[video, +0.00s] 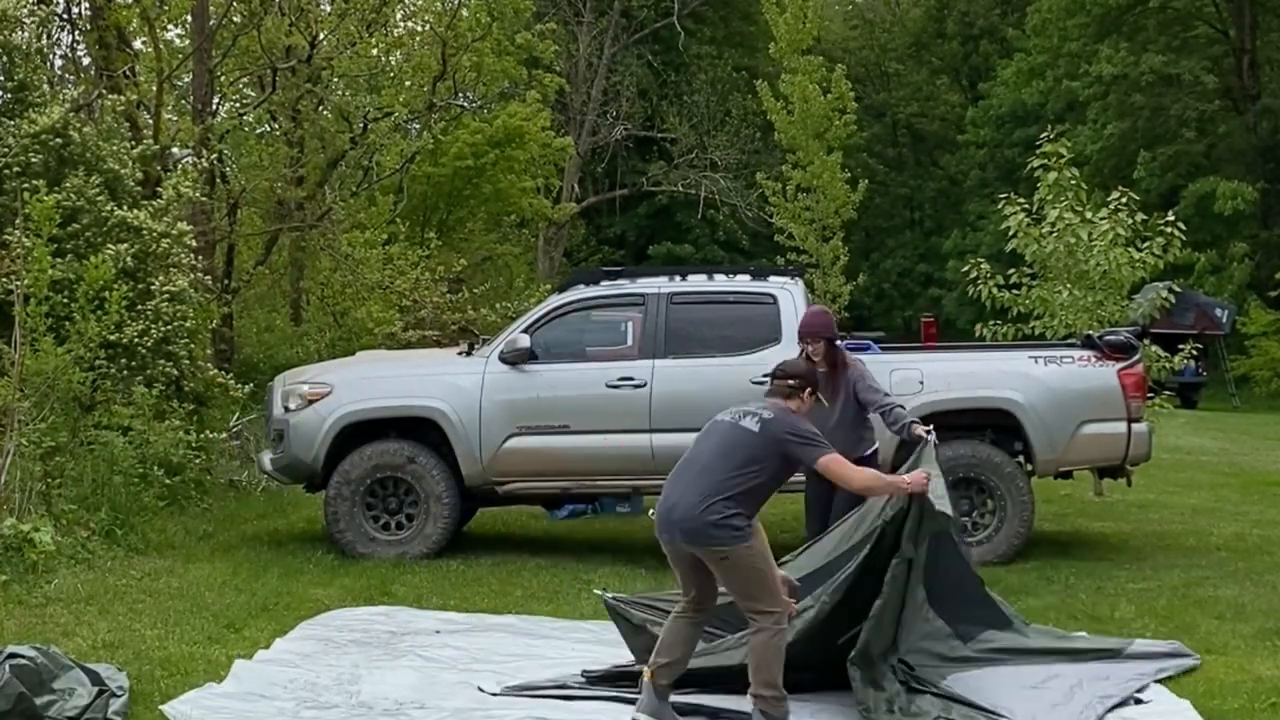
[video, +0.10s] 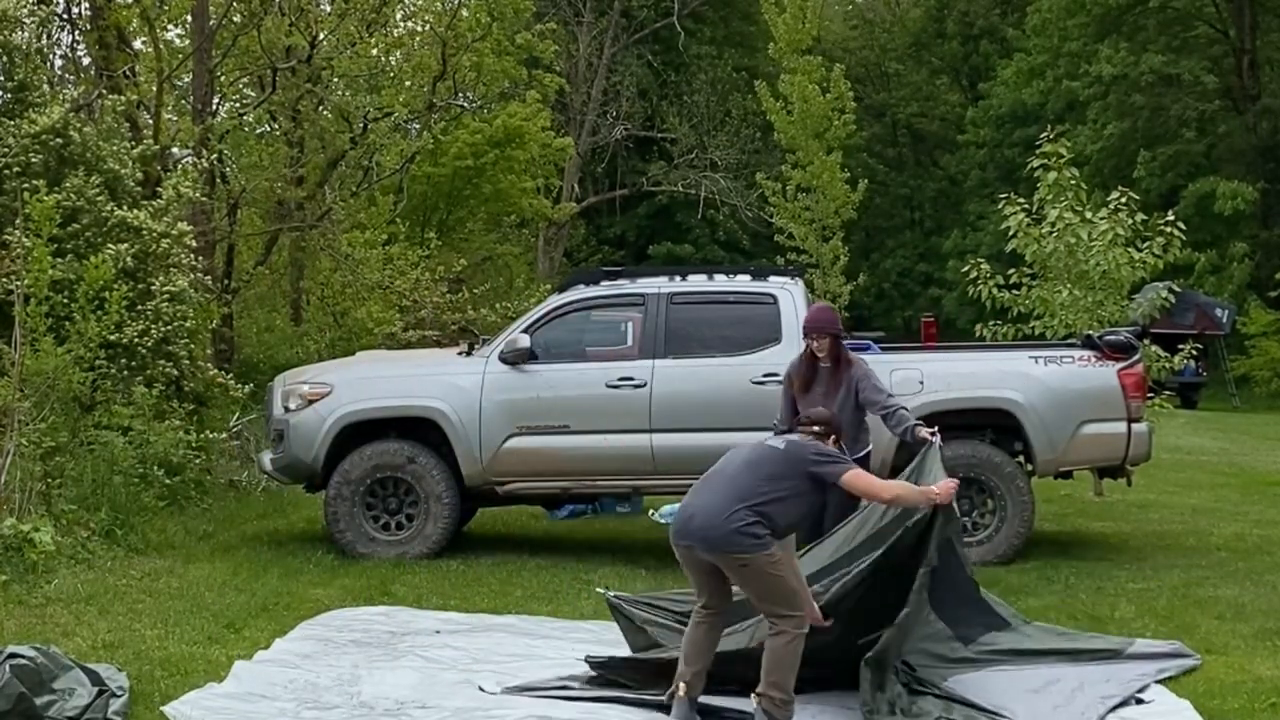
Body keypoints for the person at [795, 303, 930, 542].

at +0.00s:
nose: (812, 348)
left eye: (817, 342)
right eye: (806, 343)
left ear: (830, 340)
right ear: (801, 343)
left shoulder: (851, 369)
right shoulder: (800, 370)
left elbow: (882, 402)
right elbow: (786, 414)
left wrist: (909, 427)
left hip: (856, 457)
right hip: (819, 457)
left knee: (842, 530)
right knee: (816, 530)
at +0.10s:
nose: (817, 345)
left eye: (822, 338)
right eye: (811, 339)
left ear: (835, 336)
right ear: (806, 339)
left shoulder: (855, 369)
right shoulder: (796, 370)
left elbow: (886, 405)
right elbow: (785, 422)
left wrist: (915, 429)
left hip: (849, 458)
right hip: (807, 458)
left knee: (838, 530)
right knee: (808, 531)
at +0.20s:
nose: (822, 342)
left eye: (828, 336)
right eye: (816, 337)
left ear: (841, 334)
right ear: (810, 337)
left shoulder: (858, 368)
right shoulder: (799, 366)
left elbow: (889, 404)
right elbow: (786, 411)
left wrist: (918, 428)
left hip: (848, 457)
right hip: (809, 457)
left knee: (840, 527)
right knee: (808, 528)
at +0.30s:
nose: (822, 349)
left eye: (828, 342)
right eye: (816, 343)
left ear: (839, 342)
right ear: (809, 343)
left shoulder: (856, 372)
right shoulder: (795, 374)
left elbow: (886, 404)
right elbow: (782, 418)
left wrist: (917, 429)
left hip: (851, 457)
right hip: (812, 460)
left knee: (843, 525)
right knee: (812, 526)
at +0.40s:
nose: (830, 354)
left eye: (835, 348)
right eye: (824, 348)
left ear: (845, 346)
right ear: (817, 348)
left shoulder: (865, 374)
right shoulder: (803, 380)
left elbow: (896, 408)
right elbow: (795, 428)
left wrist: (927, 435)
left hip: (868, 464)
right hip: (823, 465)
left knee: (872, 532)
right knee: (819, 534)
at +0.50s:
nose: (861, 364)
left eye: (867, 358)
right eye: (855, 358)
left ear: (878, 355)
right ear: (847, 357)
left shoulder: (897, 383)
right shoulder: (833, 390)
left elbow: (927, 410)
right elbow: (824, 447)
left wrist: (952, 425)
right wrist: (830, 491)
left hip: (900, 474)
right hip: (854, 477)